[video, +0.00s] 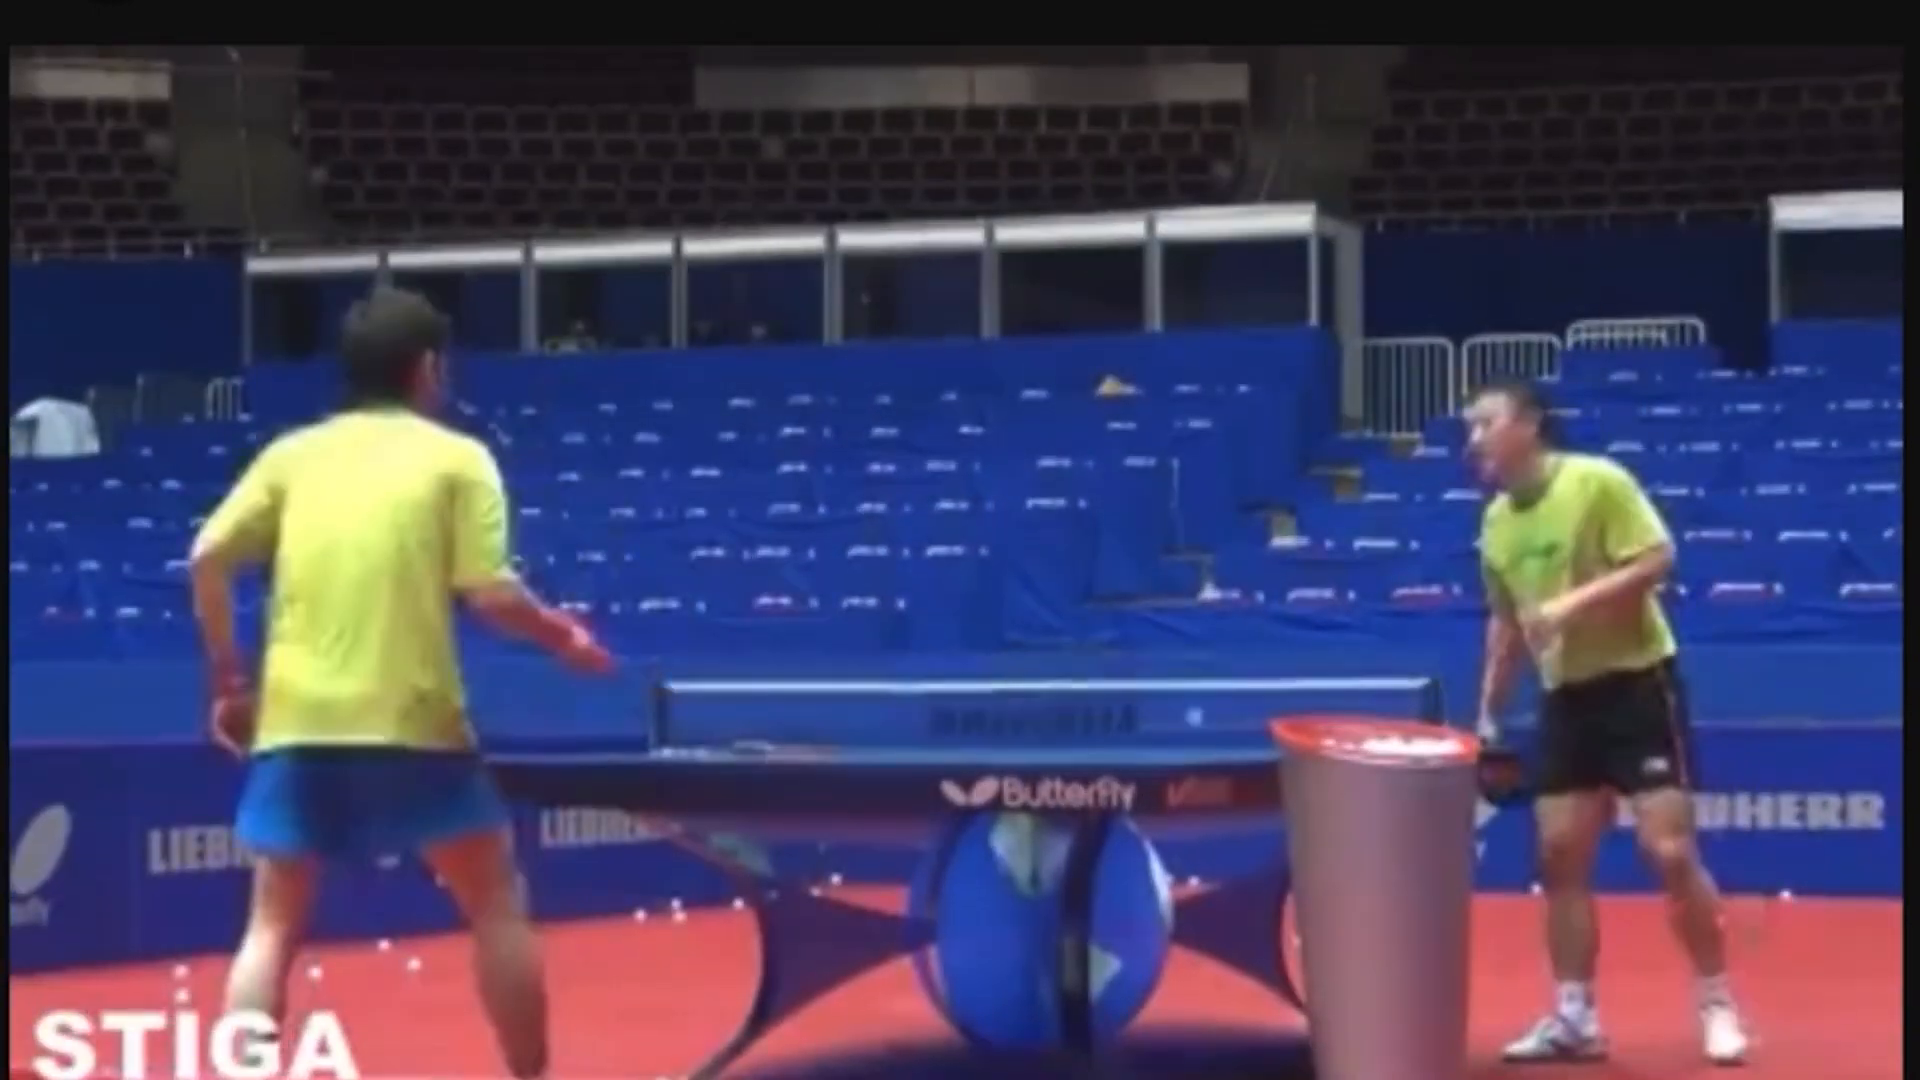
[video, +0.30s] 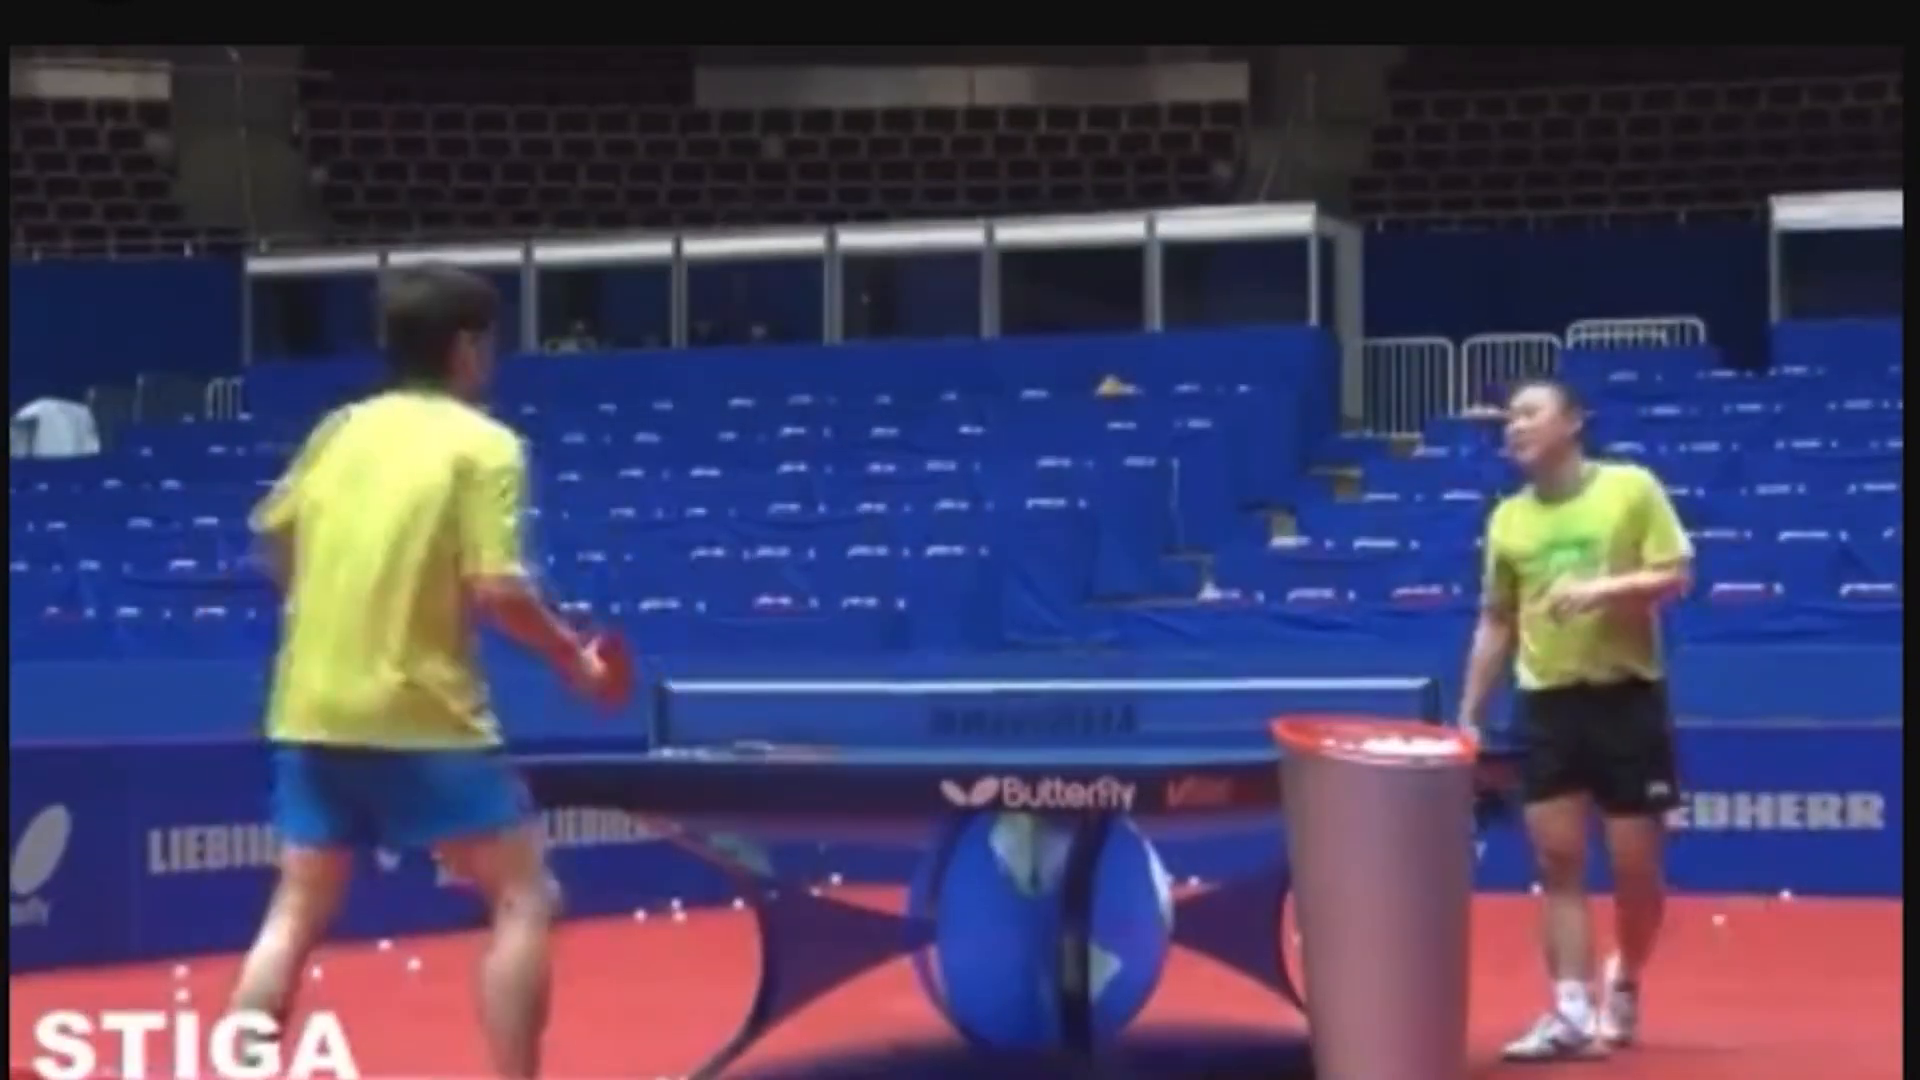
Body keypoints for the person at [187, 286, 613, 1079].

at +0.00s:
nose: (444, 376)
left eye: (439, 362)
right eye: (441, 363)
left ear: (354, 370)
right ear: (424, 369)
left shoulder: (294, 454)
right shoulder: (459, 458)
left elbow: (208, 558)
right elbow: (488, 589)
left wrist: (229, 681)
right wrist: (563, 637)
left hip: (293, 729)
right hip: (412, 729)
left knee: (271, 924)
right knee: (495, 906)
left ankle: (239, 1069)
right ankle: (531, 1067)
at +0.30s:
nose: (490, 358)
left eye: (489, 343)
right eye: (486, 343)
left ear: (397, 347)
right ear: (463, 349)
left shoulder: (345, 427)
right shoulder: (484, 444)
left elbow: (275, 526)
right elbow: (495, 584)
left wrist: (331, 611)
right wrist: (576, 659)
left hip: (309, 709)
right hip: (420, 715)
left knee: (301, 896)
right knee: (525, 896)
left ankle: (238, 1055)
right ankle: (514, 1066)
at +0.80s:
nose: (678, 328)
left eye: (677, 315)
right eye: (675, 315)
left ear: (593, 321)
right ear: (656, 322)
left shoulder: (570, 394)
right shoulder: (648, 398)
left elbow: (694, 547)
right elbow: (710, 477)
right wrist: (719, 452)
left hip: (544, 692)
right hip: (568, 703)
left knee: (626, 911)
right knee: (575, 920)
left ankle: (606, 1065)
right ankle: (526, 1067)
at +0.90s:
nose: (713, 335)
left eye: (710, 322)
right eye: (708, 322)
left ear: (627, 332)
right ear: (690, 329)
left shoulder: (608, 404)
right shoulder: (673, 399)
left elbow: (739, 547)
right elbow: (761, 468)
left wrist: (670, 603)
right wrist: (749, 451)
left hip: (588, 698)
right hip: (601, 705)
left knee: (665, 908)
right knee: (591, 920)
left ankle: (689, 1065)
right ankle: (534, 1068)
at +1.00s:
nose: (753, 338)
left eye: (749, 325)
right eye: (750, 325)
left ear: (671, 331)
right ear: (730, 328)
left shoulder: (650, 403)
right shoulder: (711, 401)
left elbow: (757, 546)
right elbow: (808, 479)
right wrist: (796, 458)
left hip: (644, 703)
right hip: (649, 709)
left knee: (713, 910)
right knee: (644, 918)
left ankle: (722, 1064)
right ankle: (547, 1068)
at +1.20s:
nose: (824, 347)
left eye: (824, 331)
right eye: (819, 330)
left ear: (753, 328)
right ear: (790, 326)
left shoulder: (740, 408)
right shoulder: (756, 392)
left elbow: (846, 543)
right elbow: (890, 463)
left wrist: (836, 464)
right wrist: (866, 444)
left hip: (726, 700)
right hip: (740, 703)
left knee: (780, 905)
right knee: (833, 892)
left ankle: (751, 1067)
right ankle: (689, 1050)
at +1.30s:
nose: (859, 345)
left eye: (860, 327)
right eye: (853, 326)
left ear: (795, 322)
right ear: (814, 317)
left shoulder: (757, 401)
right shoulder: (784, 389)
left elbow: (872, 540)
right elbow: (925, 459)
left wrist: (863, 458)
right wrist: (894, 436)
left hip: (747, 691)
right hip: (779, 692)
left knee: (798, 901)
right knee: (868, 883)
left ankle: (742, 1054)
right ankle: (767, 1054)